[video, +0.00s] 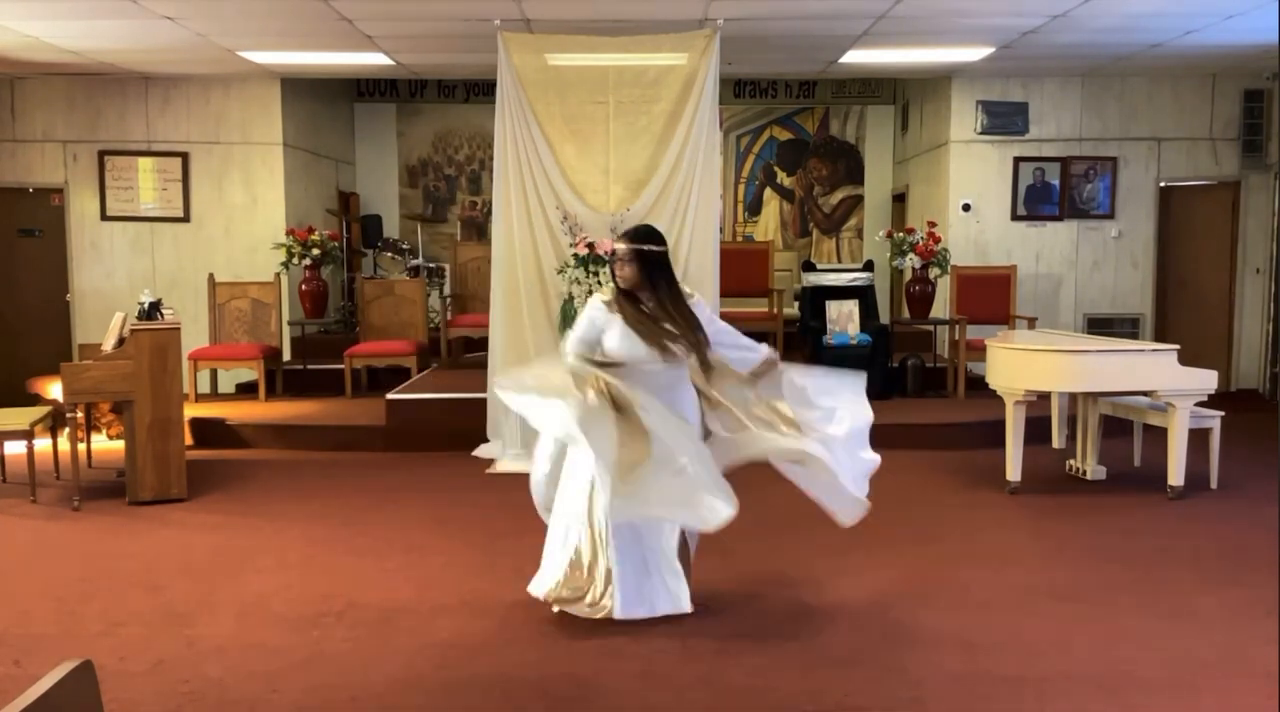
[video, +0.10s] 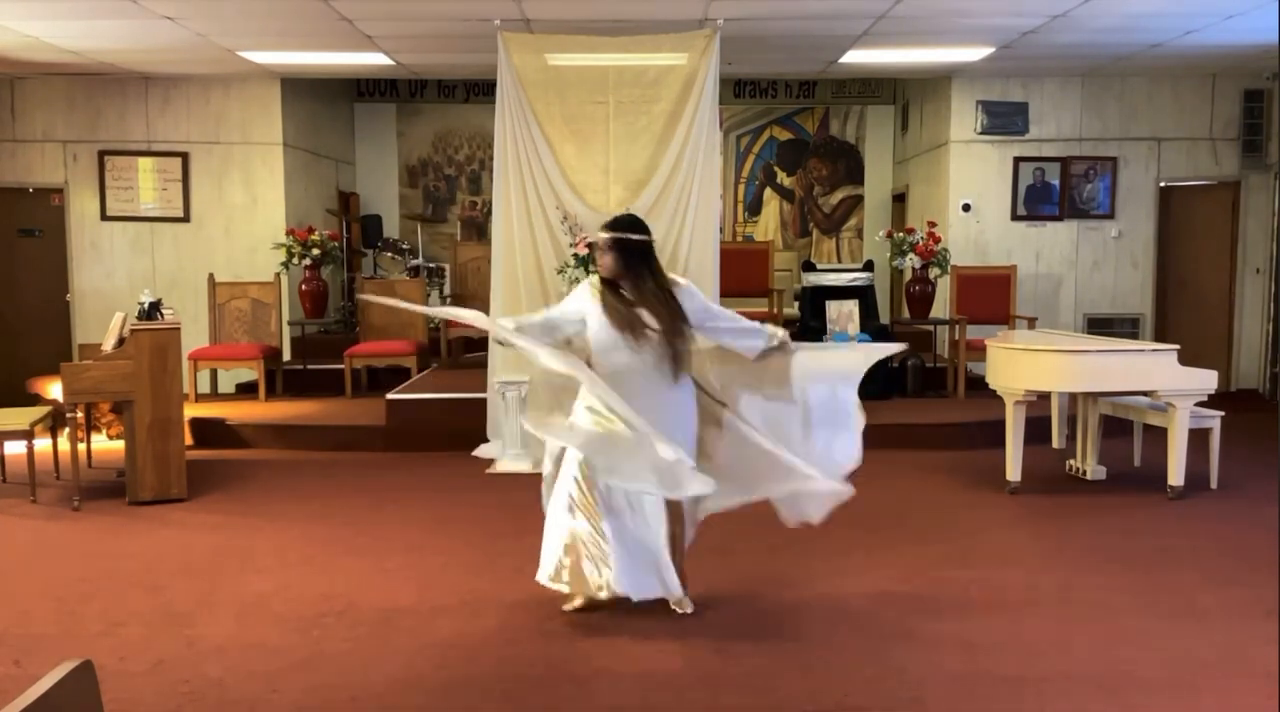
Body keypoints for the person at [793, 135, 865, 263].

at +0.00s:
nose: (815, 176)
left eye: (821, 170)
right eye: (812, 171)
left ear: (839, 166)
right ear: (808, 172)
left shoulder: (854, 193)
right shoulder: (819, 195)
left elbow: (828, 227)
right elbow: (799, 233)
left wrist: (808, 197)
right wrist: (799, 197)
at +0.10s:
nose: (815, 176)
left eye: (820, 170)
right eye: (812, 171)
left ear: (839, 166)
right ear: (808, 172)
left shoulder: (854, 193)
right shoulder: (819, 194)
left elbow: (828, 227)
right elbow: (799, 232)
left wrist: (808, 197)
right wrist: (799, 197)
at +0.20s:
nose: (815, 176)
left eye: (821, 170)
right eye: (812, 171)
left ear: (839, 166)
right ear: (808, 172)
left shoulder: (854, 193)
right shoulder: (819, 194)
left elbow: (828, 226)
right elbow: (799, 232)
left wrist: (808, 196)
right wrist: (799, 197)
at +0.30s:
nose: (815, 176)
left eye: (821, 170)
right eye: (812, 171)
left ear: (839, 166)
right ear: (808, 172)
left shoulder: (854, 193)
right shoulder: (819, 194)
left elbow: (828, 226)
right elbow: (799, 232)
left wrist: (808, 196)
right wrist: (799, 197)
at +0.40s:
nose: (815, 176)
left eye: (821, 170)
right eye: (812, 171)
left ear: (839, 167)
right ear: (808, 172)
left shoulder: (854, 193)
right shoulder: (819, 194)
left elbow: (828, 227)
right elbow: (799, 233)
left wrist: (808, 196)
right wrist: (799, 197)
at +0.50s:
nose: (815, 176)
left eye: (821, 170)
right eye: (812, 171)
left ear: (839, 167)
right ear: (808, 172)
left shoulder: (854, 193)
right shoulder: (819, 194)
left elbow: (828, 227)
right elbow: (799, 233)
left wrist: (808, 196)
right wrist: (799, 197)